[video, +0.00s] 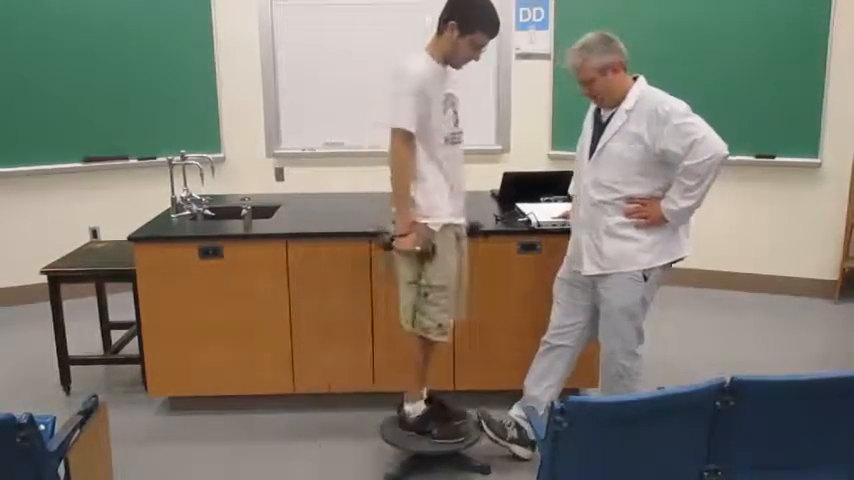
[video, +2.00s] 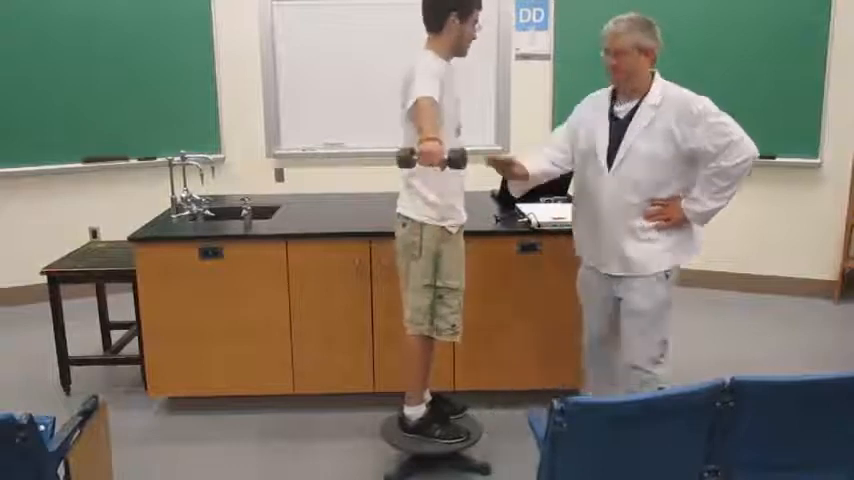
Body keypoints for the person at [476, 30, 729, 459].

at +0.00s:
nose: (584, 91)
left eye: (589, 81)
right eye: (581, 83)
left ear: (615, 70)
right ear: (604, 74)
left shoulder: (657, 108)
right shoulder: (597, 112)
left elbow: (709, 151)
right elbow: (597, 169)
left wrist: (670, 208)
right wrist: (581, 203)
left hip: (631, 256)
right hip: (585, 250)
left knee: (620, 355)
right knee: (561, 338)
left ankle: (617, 438)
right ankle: (528, 424)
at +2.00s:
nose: (610, 62)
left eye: (619, 54)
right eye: (607, 53)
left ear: (649, 56)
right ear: (603, 55)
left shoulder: (684, 109)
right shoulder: (591, 108)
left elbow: (738, 154)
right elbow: (558, 153)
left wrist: (692, 207)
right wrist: (524, 171)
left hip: (648, 261)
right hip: (594, 258)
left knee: (642, 364)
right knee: (598, 358)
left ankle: (642, 447)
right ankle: (599, 439)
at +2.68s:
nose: (584, 67)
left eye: (593, 57)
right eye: (581, 57)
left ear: (629, 58)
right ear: (580, 59)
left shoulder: (677, 118)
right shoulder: (564, 119)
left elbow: (737, 164)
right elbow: (515, 156)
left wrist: (685, 225)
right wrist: (459, 158)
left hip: (640, 293)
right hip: (570, 290)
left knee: (645, 410)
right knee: (563, 407)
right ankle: (560, 474)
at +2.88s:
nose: (539, 72)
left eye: (549, 62)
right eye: (538, 62)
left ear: (585, 65)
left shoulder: (633, 124)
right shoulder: (528, 127)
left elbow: (695, 177)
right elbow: (492, 170)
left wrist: (646, 241)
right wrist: (437, 161)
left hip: (605, 301)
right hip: (537, 299)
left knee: (618, 412)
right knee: (534, 407)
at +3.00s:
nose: (492, 73)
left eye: (500, 61)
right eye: (491, 62)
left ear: (538, 60)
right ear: (528, 62)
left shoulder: (584, 119)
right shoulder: (497, 121)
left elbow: (640, 178)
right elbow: (469, 179)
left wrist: (591, 245)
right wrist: (415, 164)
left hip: (554, 306)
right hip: (502, 302)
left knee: (538, 425)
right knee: (514, 420)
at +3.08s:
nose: (492, 73)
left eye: (500, 61)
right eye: (491, 62)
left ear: (538, 60)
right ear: (528, 62)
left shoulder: (584, 119)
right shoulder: (497, 121)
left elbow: (640, 178)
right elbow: (469, 179)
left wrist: (591, 245)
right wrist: (415, 164)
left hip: (550, 305)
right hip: (501, 300)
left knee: (535, 423)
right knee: (512, 417)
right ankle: (525, 476)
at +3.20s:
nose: (436, 76)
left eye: (442, 64)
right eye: (436, 65)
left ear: (479, 63)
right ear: (475, 64)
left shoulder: (525, 121)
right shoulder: (463, 126)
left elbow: (577, 190)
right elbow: (442, 190)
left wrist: (537, 256)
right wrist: (384, 167)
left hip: (507, 303)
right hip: (470, 300)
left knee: (448, 410)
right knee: (501, 409)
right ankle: (529, 475)